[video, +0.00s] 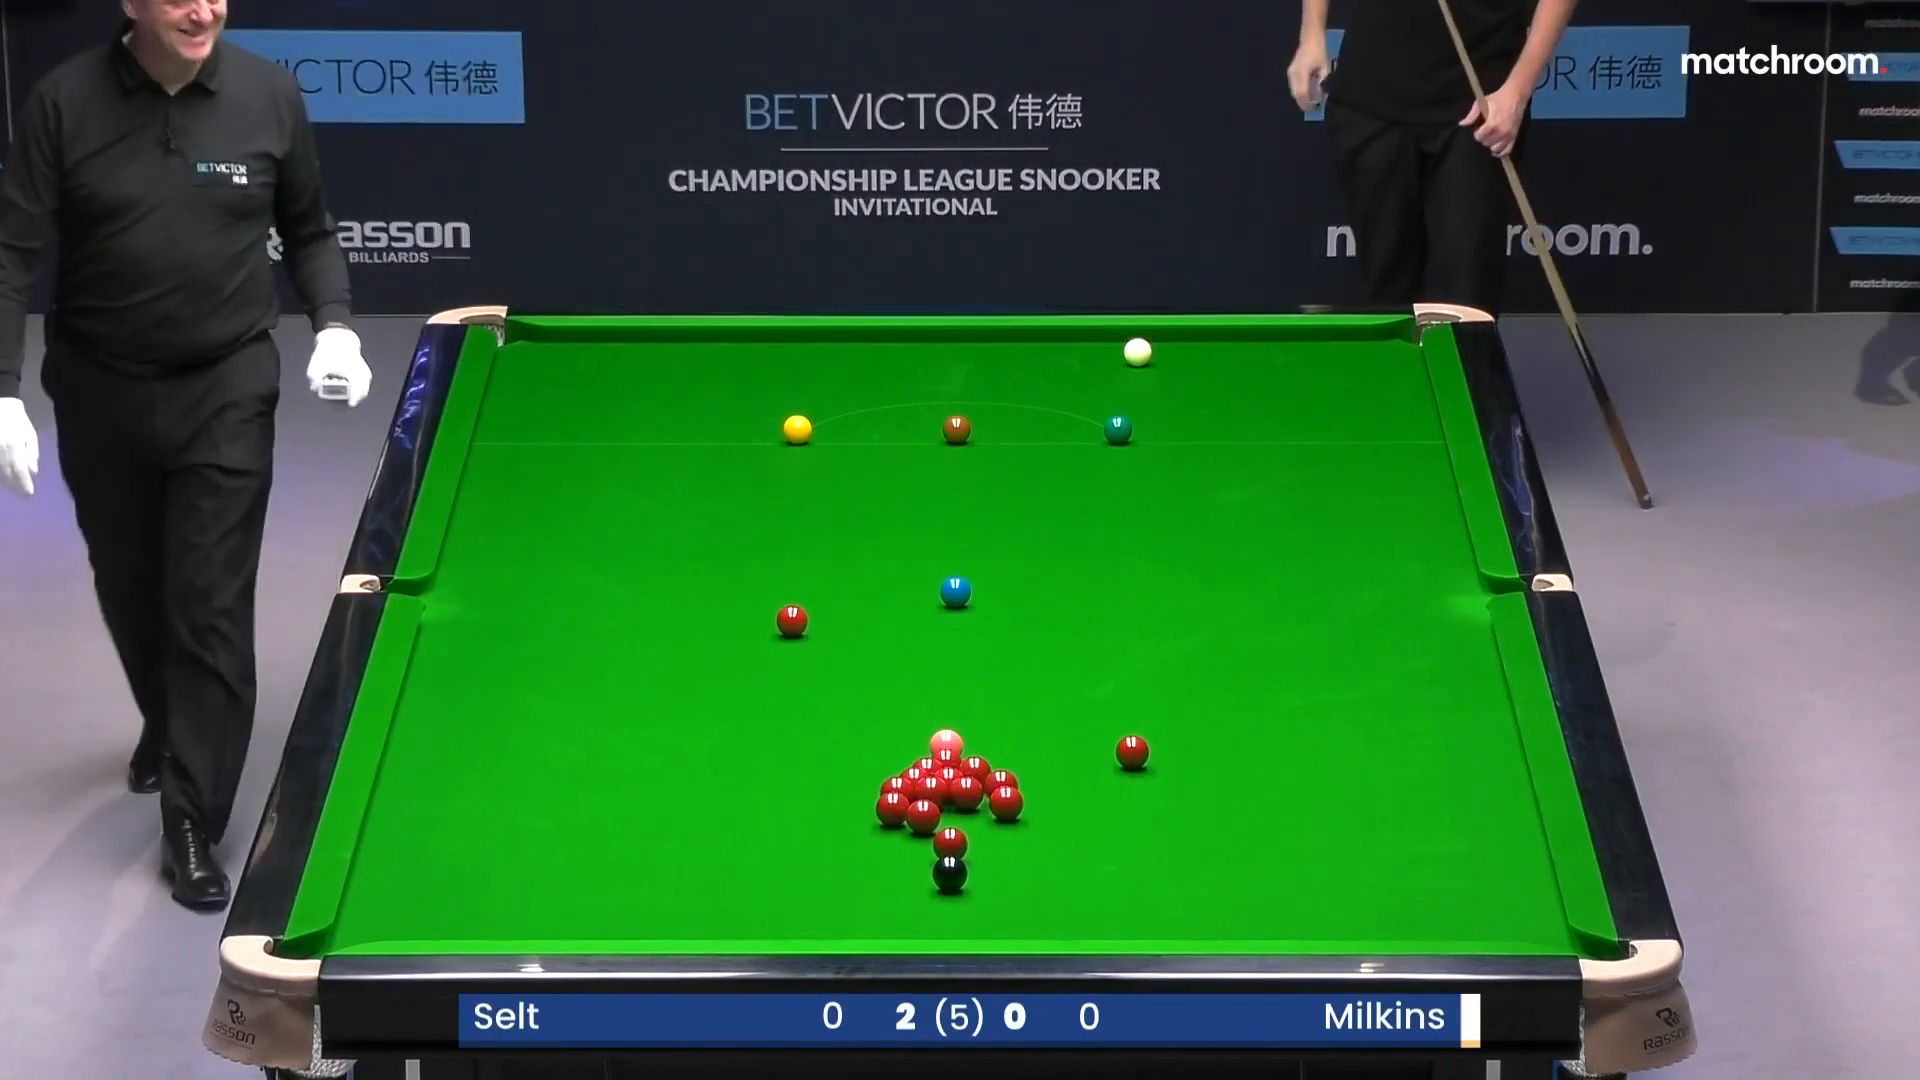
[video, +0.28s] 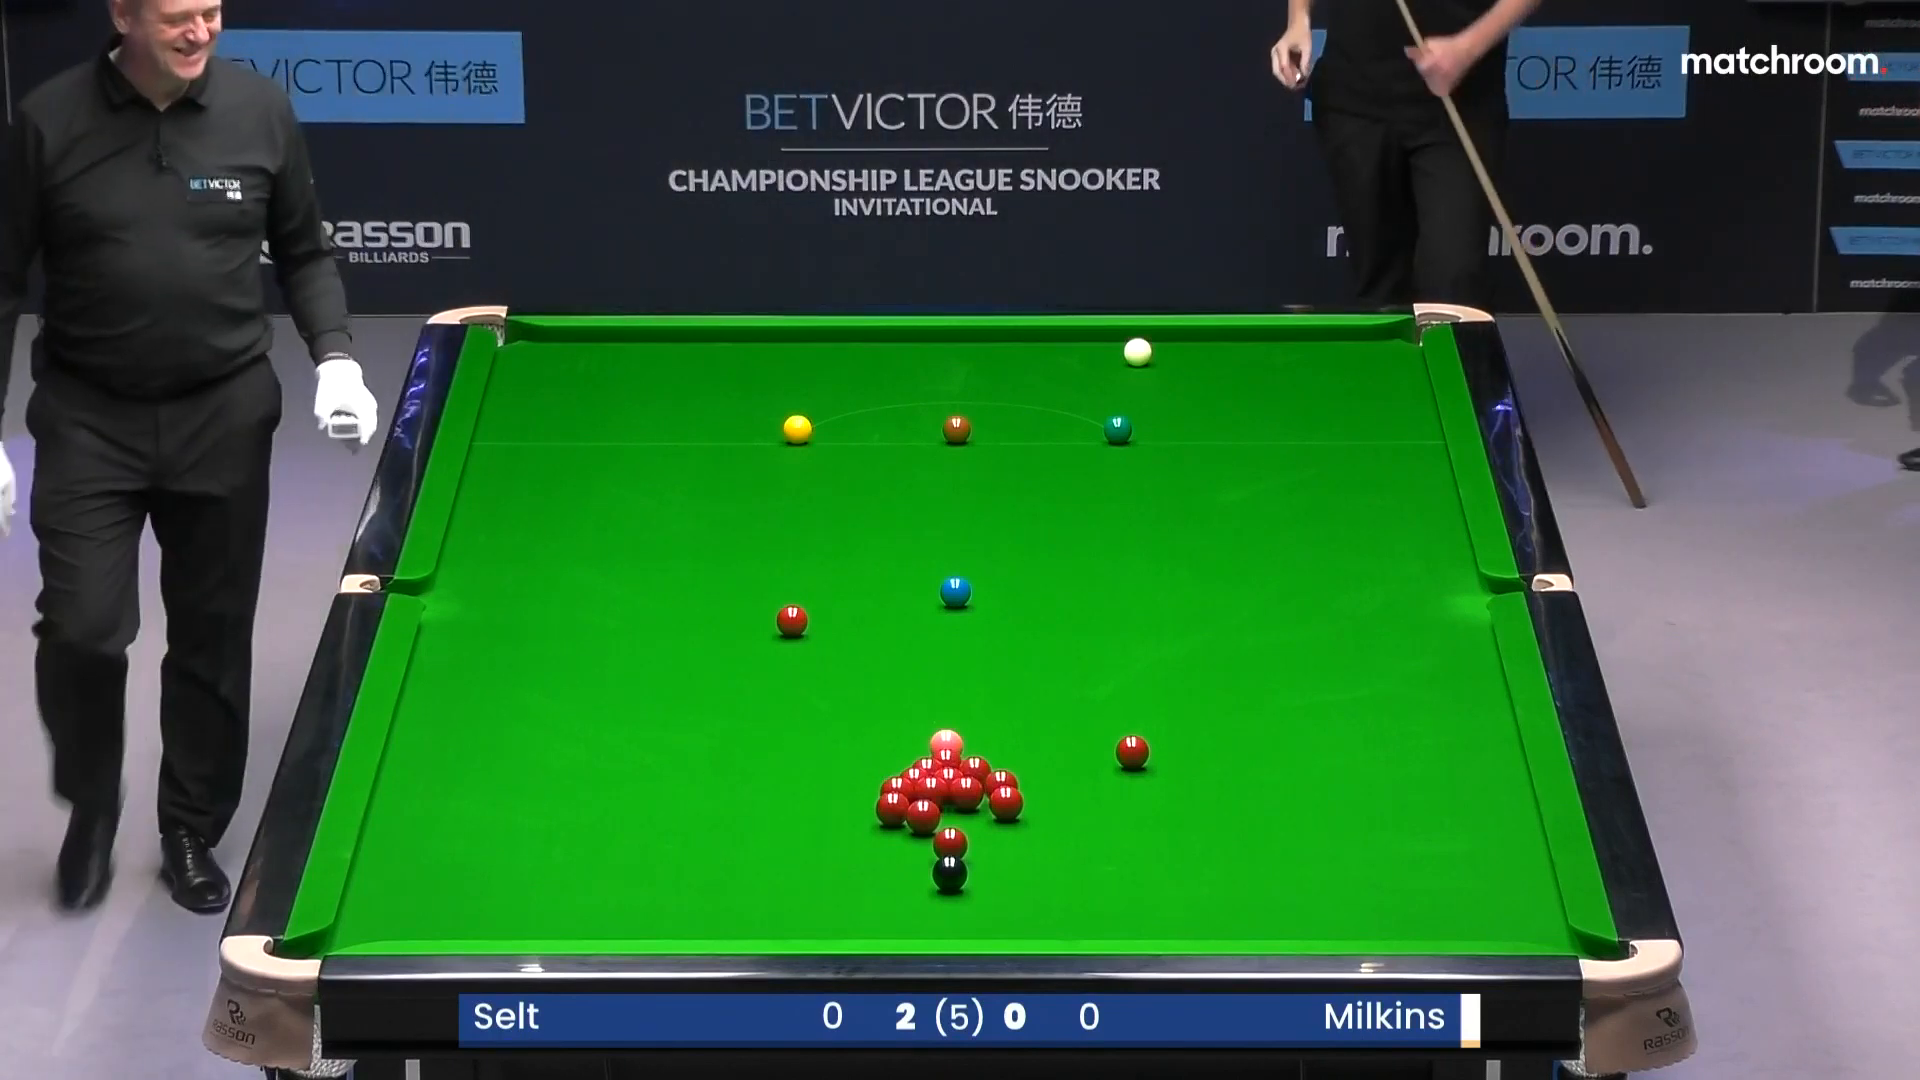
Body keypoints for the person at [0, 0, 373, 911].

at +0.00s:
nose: (205, 10)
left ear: (227, 4)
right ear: (135, 6)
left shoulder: (268, 96)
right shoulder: (61, 104)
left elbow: (309, 225)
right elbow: (14, 257)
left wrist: (336, 326)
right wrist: (5, 391)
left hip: (226, 382)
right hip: (99, 389)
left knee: (207, 605)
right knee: (129, 586)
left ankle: (194, 818)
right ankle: (163, 720)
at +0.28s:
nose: (199, 32)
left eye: (211, 14)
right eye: (179, 15)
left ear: (222, 16)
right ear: (123, 16)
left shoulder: (260, 109)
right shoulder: (45, 123)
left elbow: (307, 248)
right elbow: (8, 290)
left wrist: (336, 358)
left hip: (223, 415)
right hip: (86, 417)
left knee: (214, 637)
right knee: (81, 633)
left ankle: (191, 828)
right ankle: (89, 803)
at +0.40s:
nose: (193, 55)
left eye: (202, 35)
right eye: (170, 38)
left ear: (211, 33)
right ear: (110, 39)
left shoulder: (249, 130)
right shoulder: (34, 146)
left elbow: (299, 271)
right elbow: (1, 301)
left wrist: (338, 380)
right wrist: (3, 425)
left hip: (220, 440)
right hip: (83, 443)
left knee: (211, 658)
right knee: (83, 667)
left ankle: (190, 832)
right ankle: (56, 903)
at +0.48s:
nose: (187, 79)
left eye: (194, 58)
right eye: (165, 65)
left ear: (203, 49)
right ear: (102, 62)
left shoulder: (242, 150)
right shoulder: (27, 168)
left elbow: (290, 290)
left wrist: (336, 394)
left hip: (214, 461)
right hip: (76, 464)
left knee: (208, 672)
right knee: (80, 692)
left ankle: (190, 839)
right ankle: (69, 937)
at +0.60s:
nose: (173, 105)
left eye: (182, 84)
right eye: (151, 91)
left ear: (192, 70)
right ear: (89, 84)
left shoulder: (222, 169)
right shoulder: (18, 189)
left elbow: (269, 311)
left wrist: (330, 417)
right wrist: (0, 457)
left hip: (200, 483)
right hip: (63, 486)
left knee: (212, 695)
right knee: (83, 722)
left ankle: (190, 831)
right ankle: (78, 960)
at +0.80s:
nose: (175, 115)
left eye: (184, 95)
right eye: (154, 100)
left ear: (189, 84)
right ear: (88, 96)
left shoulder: (208, 174)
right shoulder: (13, 205)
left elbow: (251, 323)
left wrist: (325, 440)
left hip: (193, 503)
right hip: (49, 516)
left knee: (232, 712)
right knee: (61, 756)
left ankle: (168, 839)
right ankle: (76, 960)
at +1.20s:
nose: (264, 182)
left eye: (268, 161)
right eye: (245, 165)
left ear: (249, 148)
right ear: (173, 155)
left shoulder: (244, 238)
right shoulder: (79, 259)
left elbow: (256, 388)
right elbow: (67, 444)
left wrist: (328, 477)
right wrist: (198, 483)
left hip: (235, 575)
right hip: (109, 587)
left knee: (231, 823)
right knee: (99, 807)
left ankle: (218, 1031)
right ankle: (81, 980)